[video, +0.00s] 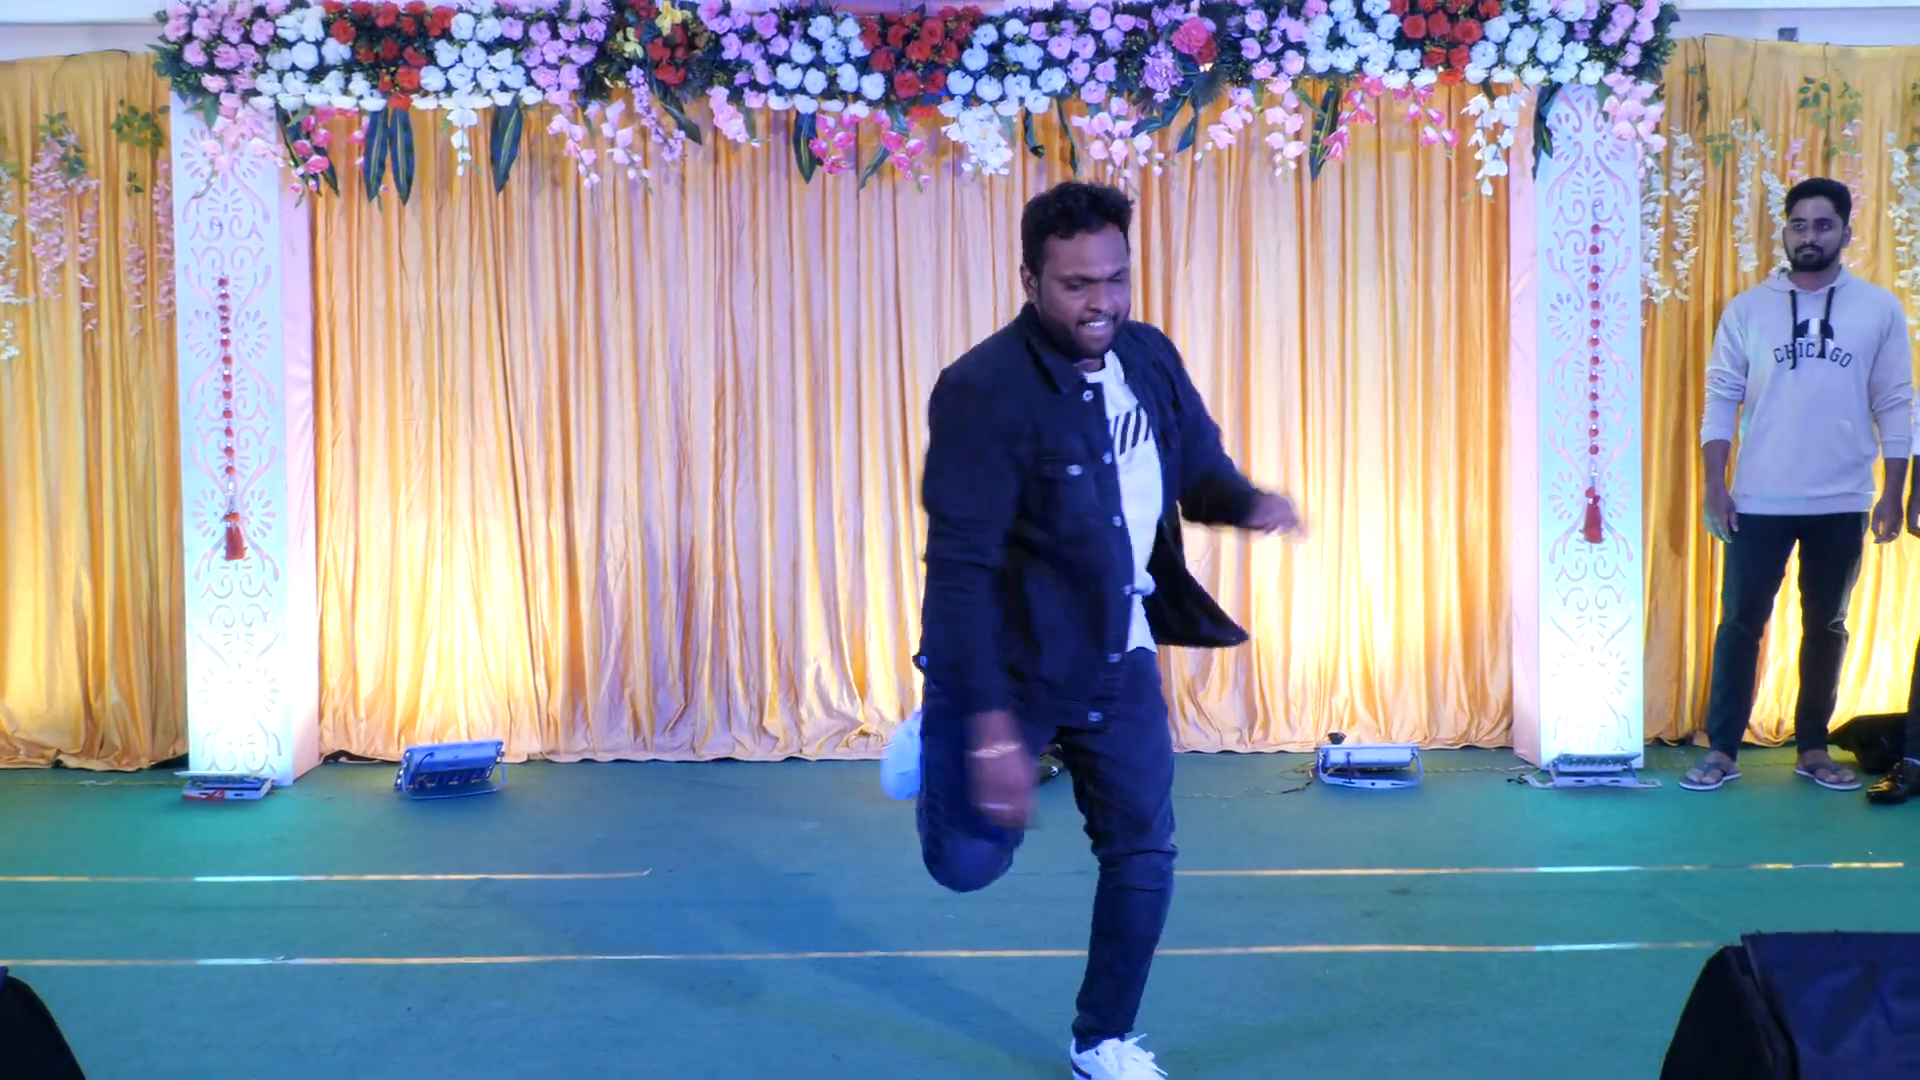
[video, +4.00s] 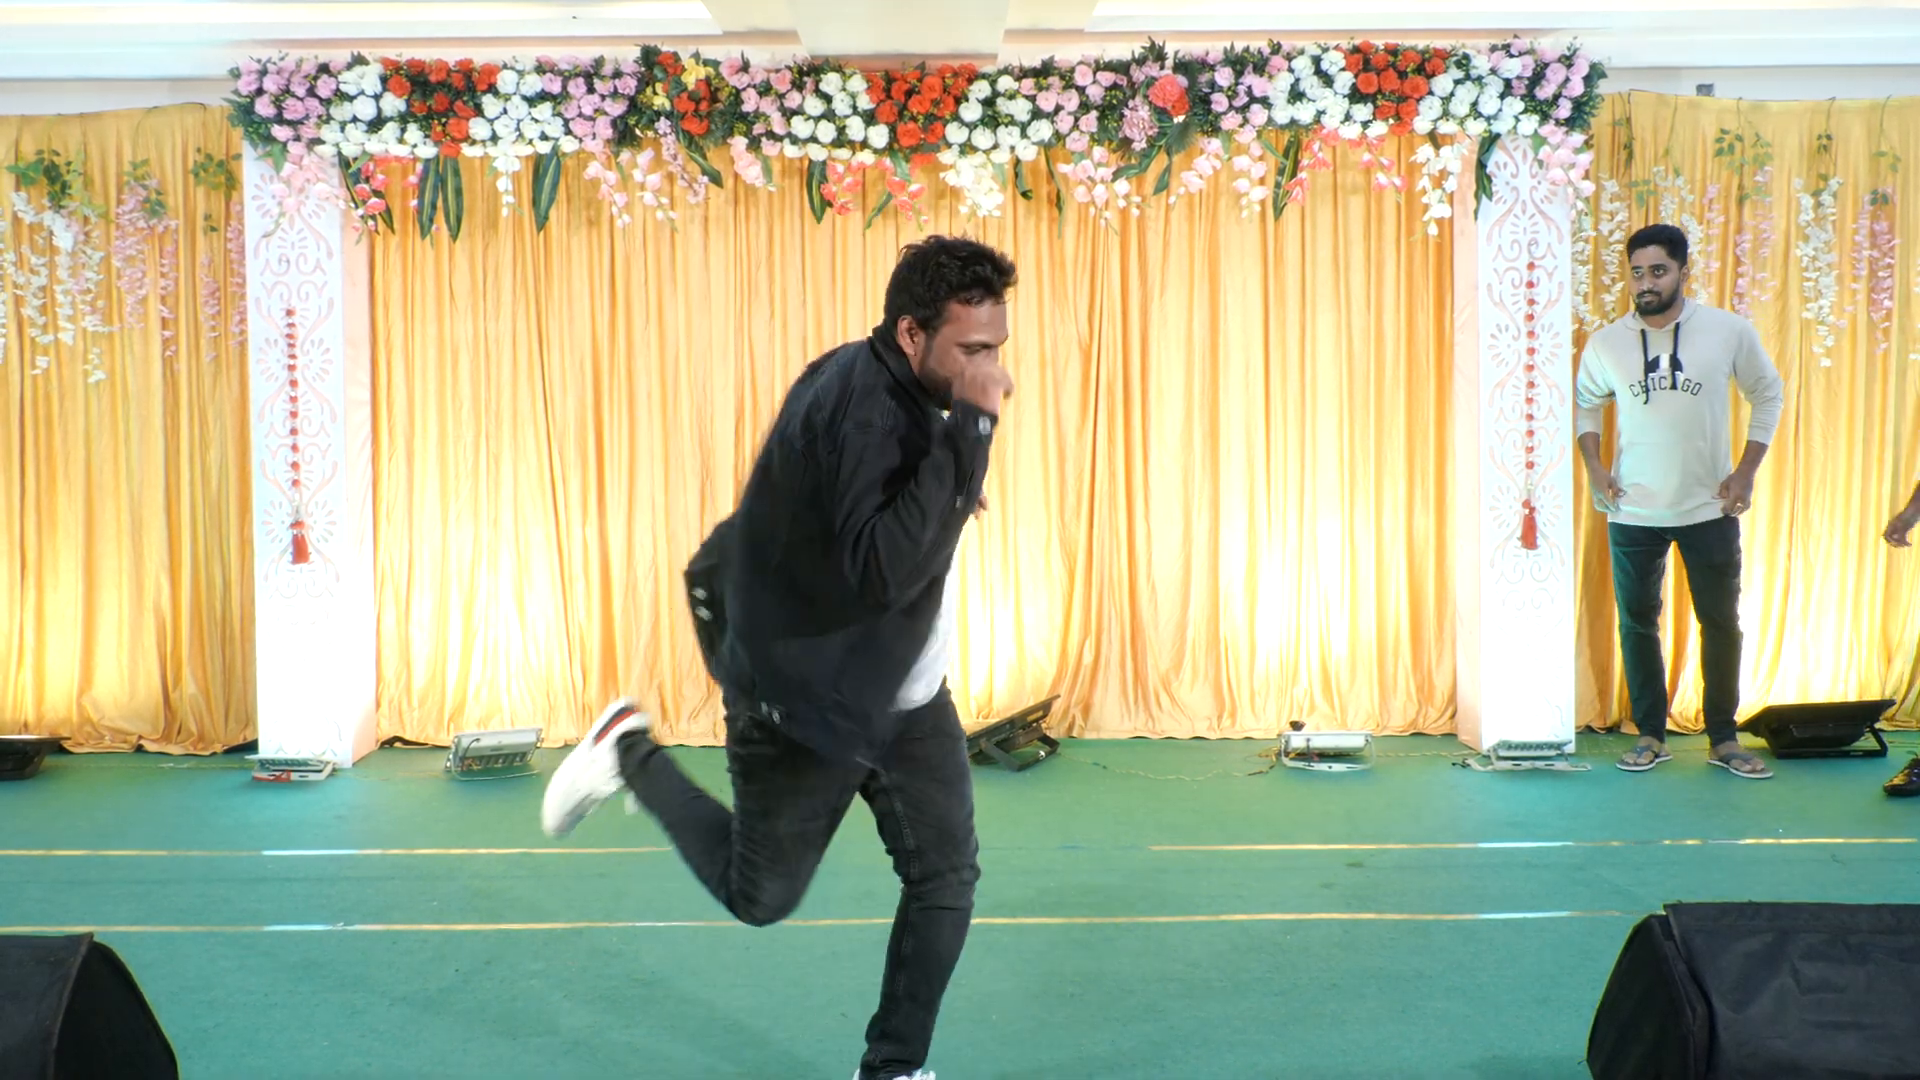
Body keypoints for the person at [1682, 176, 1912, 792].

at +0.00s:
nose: (1809, 235)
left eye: (1823, 225)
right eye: (1798, 224)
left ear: (1845, 234)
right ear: (1784, 231)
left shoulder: (1878, 309)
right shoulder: (1747, 309)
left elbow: (1896, 404)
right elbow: (1721, 397)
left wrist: (1894, 490)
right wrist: (1714, 482)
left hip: (1840, 499)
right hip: (1760, 497)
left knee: (1826, 629)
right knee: (1740, 623)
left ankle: (1812, 750)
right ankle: (1722, 751)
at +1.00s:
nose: (1741, 270)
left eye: (1751, 261)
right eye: (1730, 260)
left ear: (1764, 268)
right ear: (1708, 266)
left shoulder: (1789, 338)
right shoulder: (1670, 335)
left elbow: (1802, 422)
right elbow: (1645, 413)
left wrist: (1799, 501)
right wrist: (1636, 489)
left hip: (1753, 509)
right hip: (1681, 506)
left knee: (1739, 627)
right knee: (1660, 622)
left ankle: (1726, 734)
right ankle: (1643, 735)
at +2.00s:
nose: (1731, 273)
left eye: (1744, 264)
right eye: (1721, 264)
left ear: (1763, 272)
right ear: (1707, 270)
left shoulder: (1792, 341)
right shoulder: (1671, 338)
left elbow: (1804, 426)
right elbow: (1647, 416)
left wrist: (1802, 505)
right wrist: (1637, 491)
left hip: (1755, 510)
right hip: (1682, 508)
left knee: (1741, 628)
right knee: (1661, 623)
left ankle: (1727, 736)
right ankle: (1645, 736)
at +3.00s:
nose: (1709, 277)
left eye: (1722, 267)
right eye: (1704, 267)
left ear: (1753, 270)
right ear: (1698, 270)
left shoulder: (1790, 340)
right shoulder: (1670, 338)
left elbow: (1806, 426)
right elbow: (1646, 416)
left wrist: (1803, 502)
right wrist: (1636, 492)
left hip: (1753, 511)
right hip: (1680, 508)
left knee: (1740, 628)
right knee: (1660, 620)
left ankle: (1727, 737)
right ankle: (1647, 736)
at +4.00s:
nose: (1646, 282)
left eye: (1658, 270)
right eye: (1637, 272)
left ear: (1684, 273)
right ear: (1627, 277)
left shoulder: (1728, 332)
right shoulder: (1607, 344)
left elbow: (1768, 395)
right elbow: (1586, 402)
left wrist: (1746, 471)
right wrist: (1595, 467)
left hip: (1708, 508)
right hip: (1634, 511)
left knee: (1721, 625)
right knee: (1637, 625)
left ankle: (1723, 739)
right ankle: (1649, 736)